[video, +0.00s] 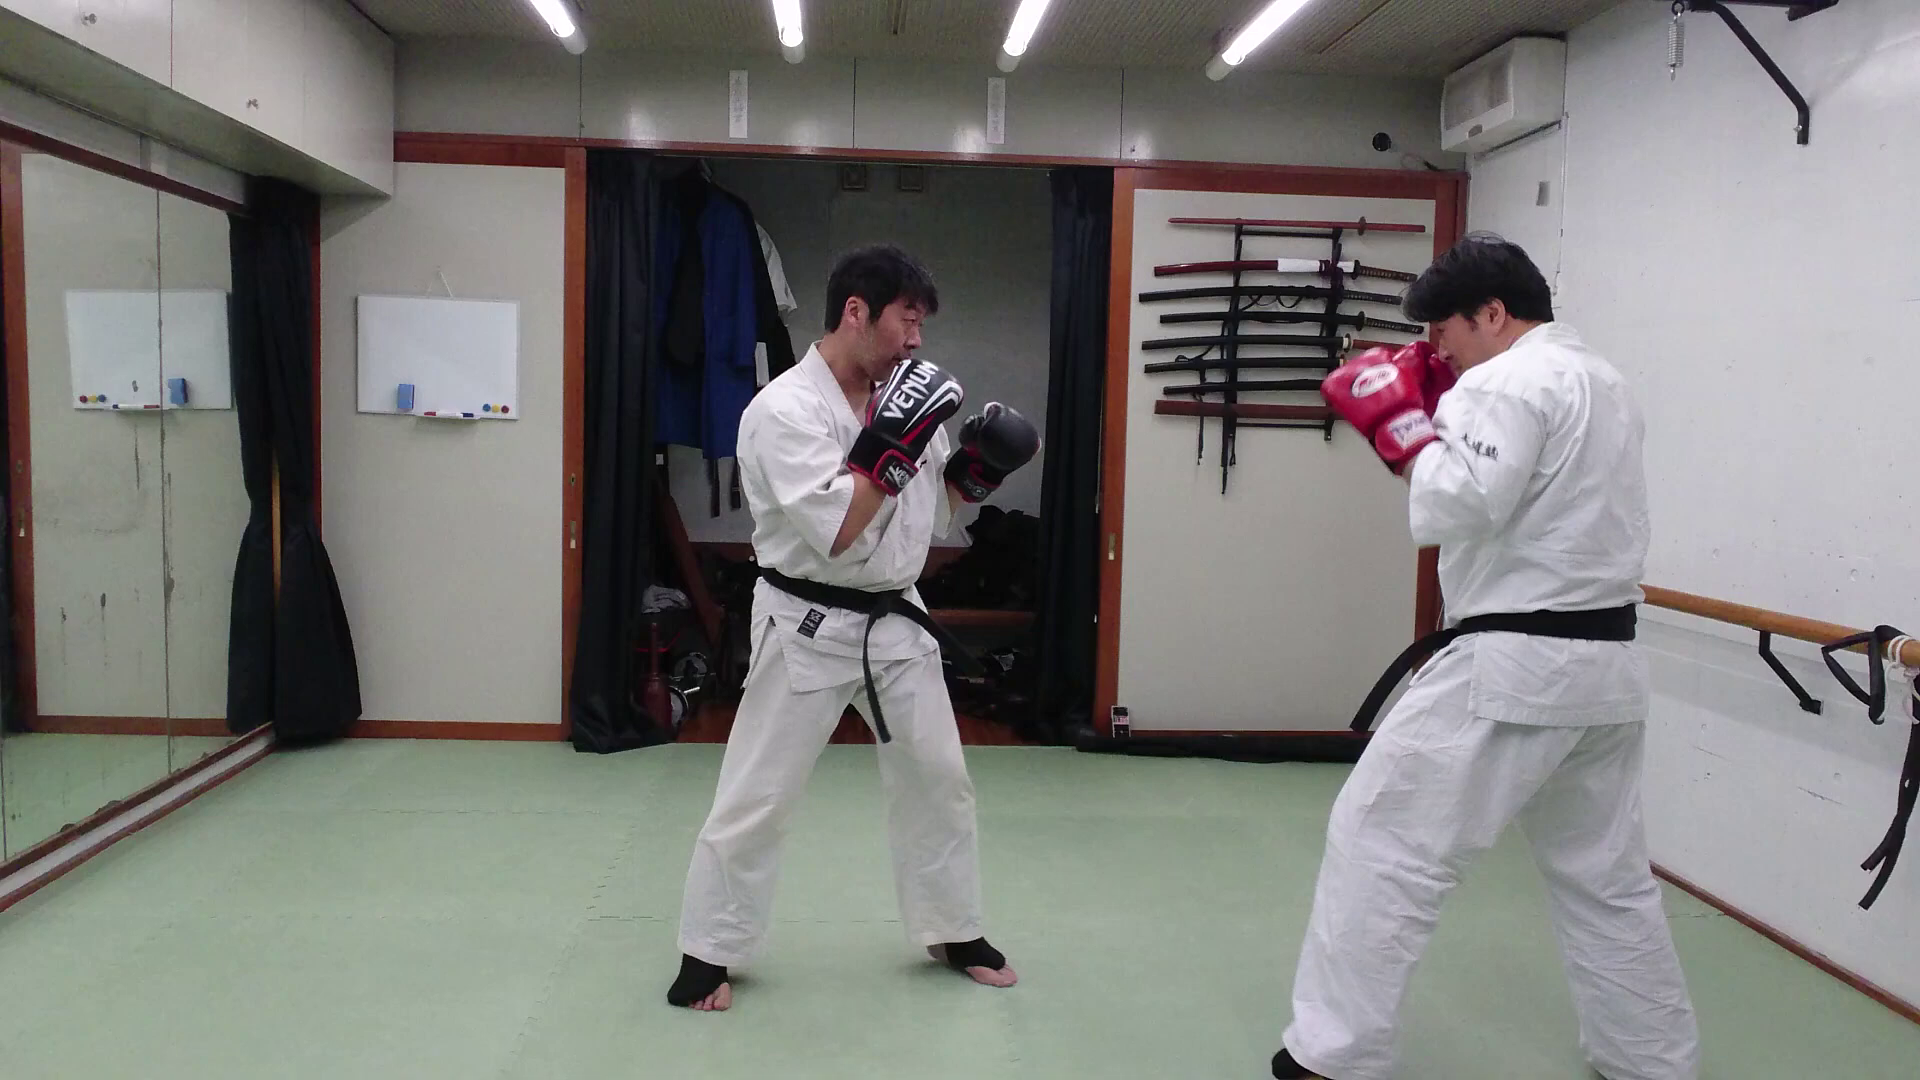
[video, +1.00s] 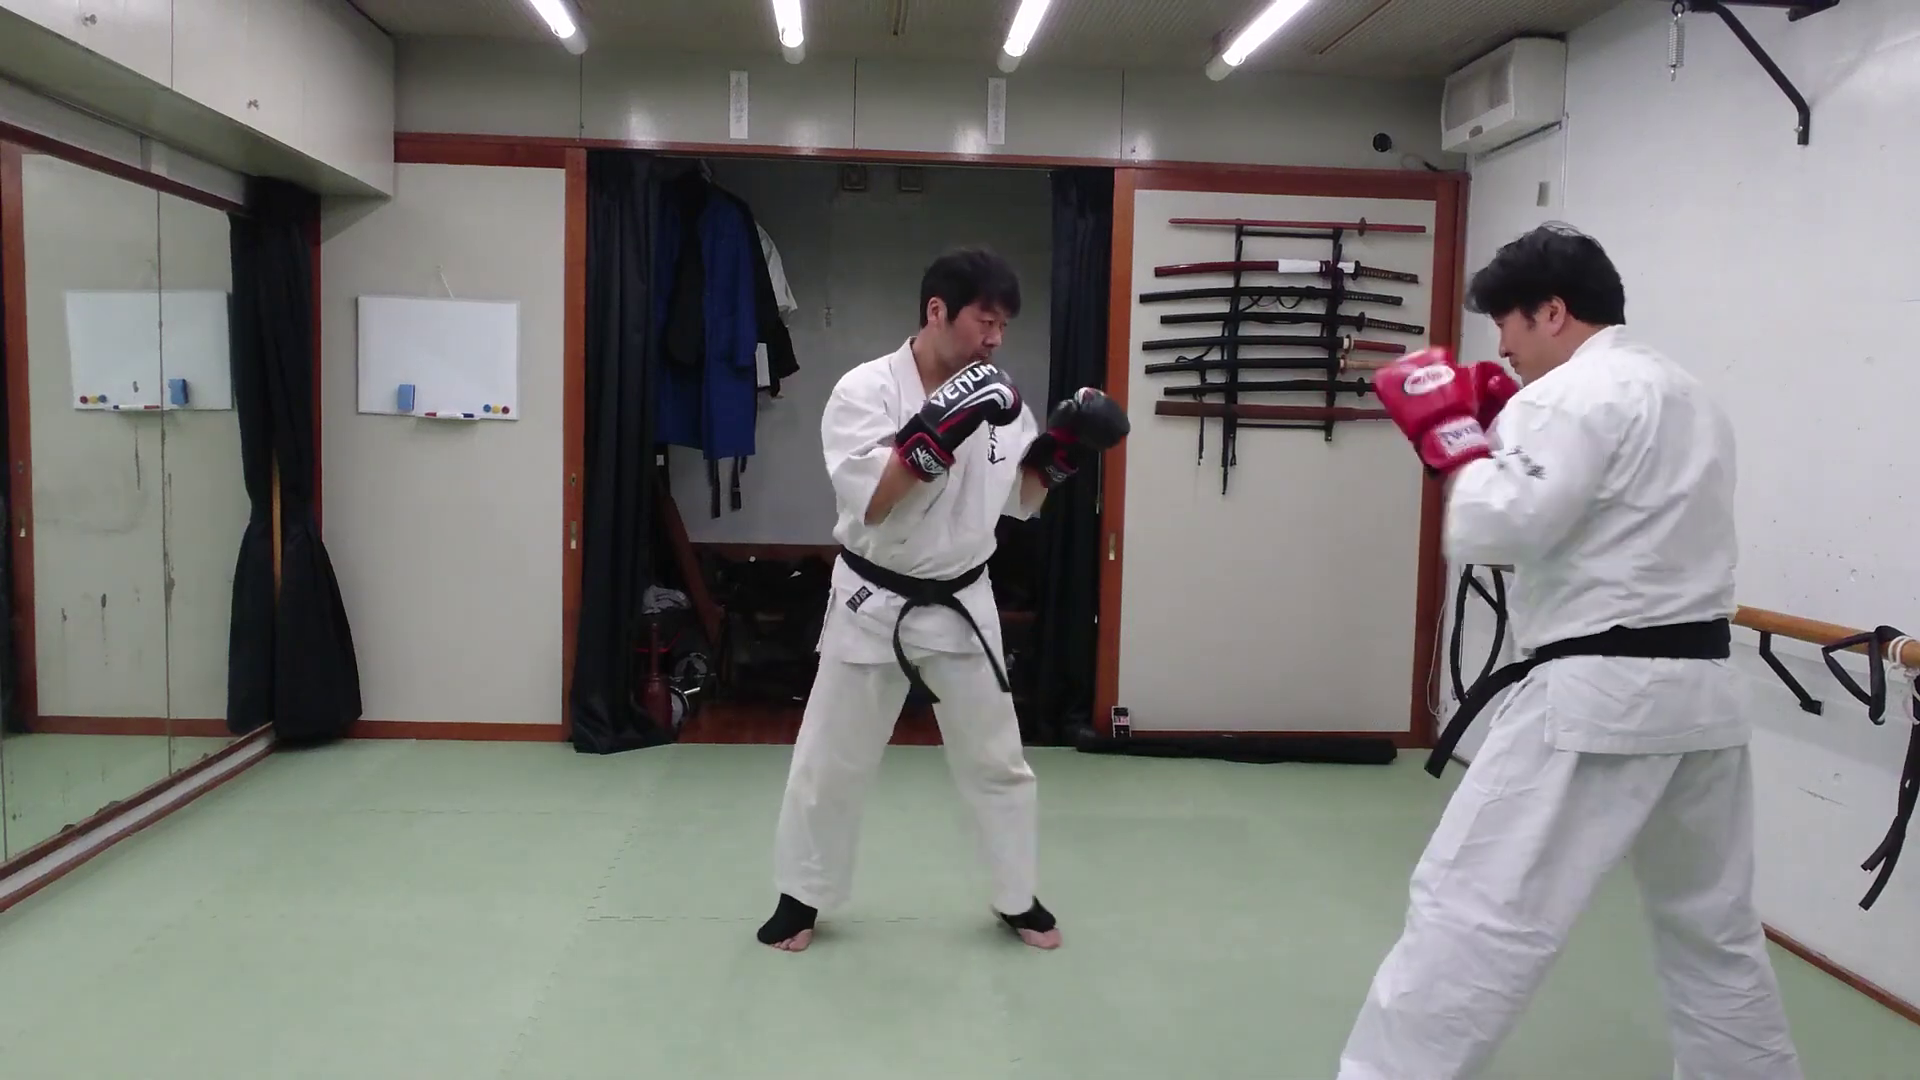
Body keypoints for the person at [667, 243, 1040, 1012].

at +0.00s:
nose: (916, 343)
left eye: (922, 328)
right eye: (908, 323)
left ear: (873, 320)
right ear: (855, 313)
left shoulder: (905, 403)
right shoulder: (782, 409)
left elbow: (936, 519)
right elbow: (833, 527)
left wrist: (976, 475)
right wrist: (894, 444)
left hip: (897, 618)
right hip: (804, 617)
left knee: (940, 776)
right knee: (757, 794)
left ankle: (955, 932)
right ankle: (708, 952)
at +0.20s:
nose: (921, 344)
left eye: (927, 329)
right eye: (912, 325)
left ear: (882, 324)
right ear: (860, 314)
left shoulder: (912, 407)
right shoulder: (788, 409)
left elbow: (940, 523)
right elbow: (843, 523)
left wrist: (987, 489)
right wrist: (915, 453)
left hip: (911, 615)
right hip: (812, 619)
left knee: (980, 771)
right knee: (762, 796)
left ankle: (1002, 924)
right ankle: (707, 951)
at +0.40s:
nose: (971, 325)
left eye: (979, 312)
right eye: (955, 308)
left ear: (986, 319)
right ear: (904, 311)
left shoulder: (1009, 392)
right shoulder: (838, 400)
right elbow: (817, 518)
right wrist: (877, 451)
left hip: (946, 617)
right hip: (840, 608)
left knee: (992, 786)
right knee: (783, 774)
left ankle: (1041, 936)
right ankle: (724, 932)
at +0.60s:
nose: (1012, 322)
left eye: (1020, 308)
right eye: (995, 305)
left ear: (1026, 314)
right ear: (948, 307)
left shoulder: (1053, 395)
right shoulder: (888, 396)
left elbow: (1141, 453)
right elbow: (876, 510)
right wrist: (950, 437)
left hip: (987, 616)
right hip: (885, 604)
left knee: (1013, 785)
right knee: (817, 762)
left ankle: (1043, 938)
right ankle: (781, 901)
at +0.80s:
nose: (1009, 335)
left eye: (1017, 322)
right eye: (998, 317)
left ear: (1018, 326)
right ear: (947, 310)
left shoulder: (1021, 408)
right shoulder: (876, 395)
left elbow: (1039, 499)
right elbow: (869, 508)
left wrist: (1084, 489)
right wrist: (942, 435)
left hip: (977, 613)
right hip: (877, 605)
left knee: (1018, 775)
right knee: (826, 763)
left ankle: (1046, 936)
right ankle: (795, 894)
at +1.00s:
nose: (996, 340)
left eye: (1003, 326)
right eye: (985, 321)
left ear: (1002, 327)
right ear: (936, 311)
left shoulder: (1001, 401)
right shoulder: (862, 391)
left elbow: (1019, 501)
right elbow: (873, 500)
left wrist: (1058, 456)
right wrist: (939, 428)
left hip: (963, 604)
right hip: (867, 599)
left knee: (998, 762)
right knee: (825, 762)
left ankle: (1017, 897)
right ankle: (801, 897)